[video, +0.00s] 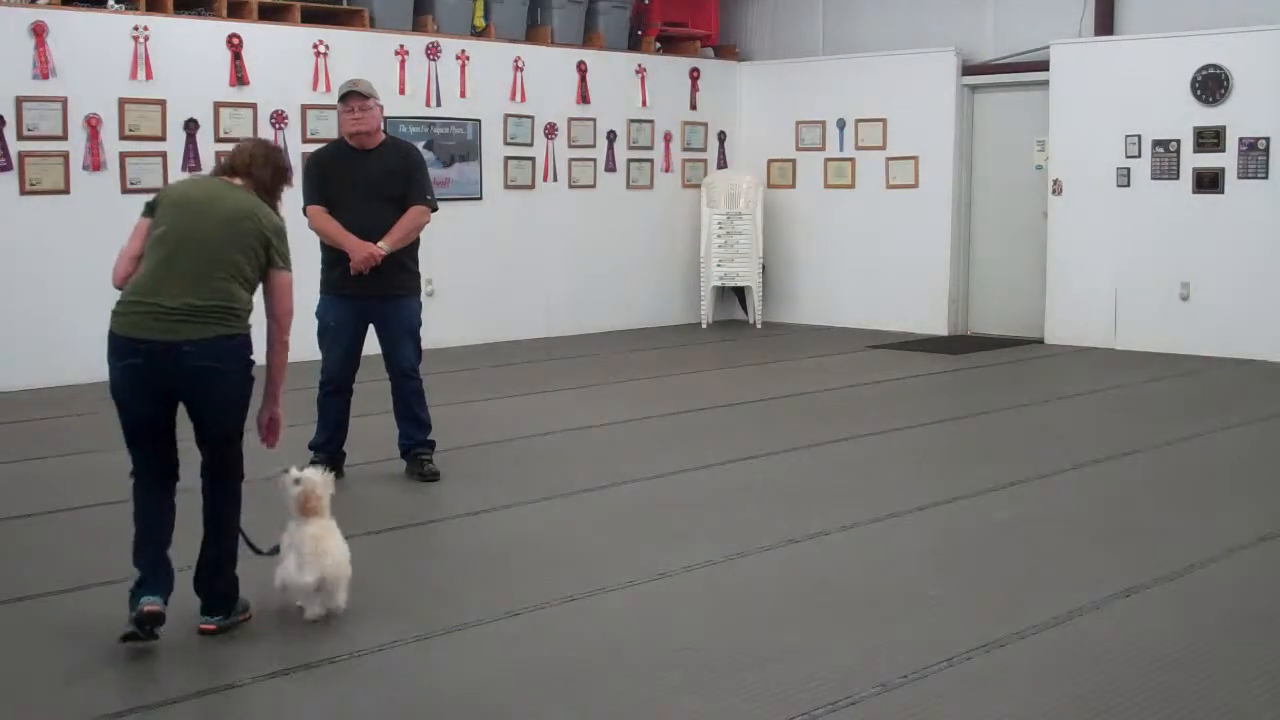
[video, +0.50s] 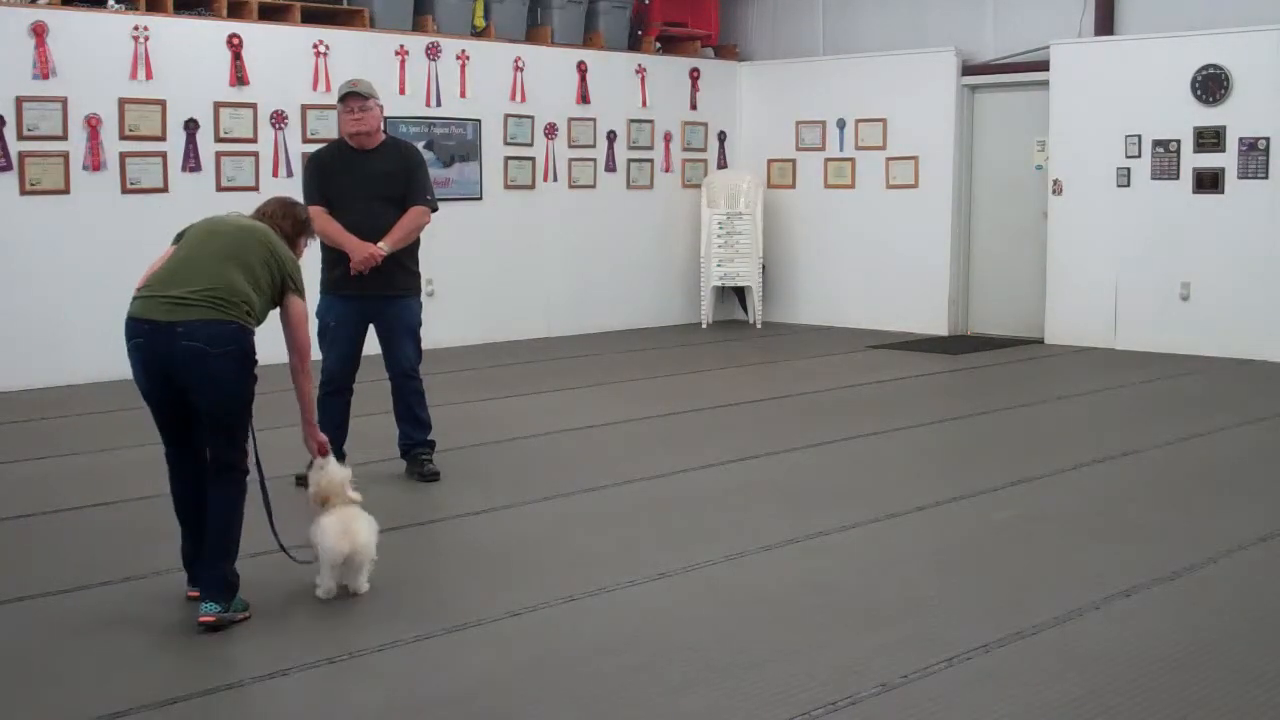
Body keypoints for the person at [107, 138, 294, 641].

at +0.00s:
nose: (278, 200)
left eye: (280, 193)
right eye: (279, 192)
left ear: (226, 167)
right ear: (272, 185)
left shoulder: (170, 193)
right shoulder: (267, 221)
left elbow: (123, 273)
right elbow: (279, 320)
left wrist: (175, 269)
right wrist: (273, 401)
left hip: (135, 348)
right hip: (215, 354)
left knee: (152, 471)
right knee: (222, 473)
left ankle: (150, 589)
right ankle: (217, 603)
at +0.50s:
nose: (301, 255)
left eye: (304, 248)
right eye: (302, 247)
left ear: (260, 219)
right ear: (291, 237)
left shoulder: (202, 227)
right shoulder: (284, 259)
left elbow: (145, 284)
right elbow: (300, 355)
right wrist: (311, 427)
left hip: (146, 335)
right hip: (215, 341)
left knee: (182, 455)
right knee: (228, 464)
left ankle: (200, 576)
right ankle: (216, 596)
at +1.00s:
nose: (317, 235)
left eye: (321, 225)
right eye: (319, 223)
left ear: (277, 198)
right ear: (304, 211)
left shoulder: (221, 210)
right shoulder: (291, 232)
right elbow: (302, 325)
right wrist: (314, 395)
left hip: (160, 316)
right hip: (225, 319)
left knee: (201, 438)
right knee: (249, 437)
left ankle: (204, 566)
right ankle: (255, 554)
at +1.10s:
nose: (318, 220)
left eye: (323, 213)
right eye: (319, 211)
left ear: (279, 186)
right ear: (306, 197)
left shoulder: (223, 201)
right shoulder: (294, 221)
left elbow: (184, 257)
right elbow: (295, 306)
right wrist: (303, 378)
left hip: (169, 319)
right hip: (232, 322)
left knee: (206, 435)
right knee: (259, 432)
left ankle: (205, 562)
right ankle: (274, 544)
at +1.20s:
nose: (322, 211)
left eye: (327, 203)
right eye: (325, 201)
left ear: (284, 176)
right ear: (311, 184)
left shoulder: (227, 195)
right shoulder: (301, 212)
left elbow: (187, 254)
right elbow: (292, 290)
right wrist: (299, 363)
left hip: (181, 321)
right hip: (242, 324)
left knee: (212, 438)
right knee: (266, 436)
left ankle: (206, 558)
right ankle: (284, 536)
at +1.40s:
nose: (337, 186)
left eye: (342, 177)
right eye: (338, 174)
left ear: (294, 158)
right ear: (317, 160)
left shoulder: (242, 184)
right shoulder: (311, 200)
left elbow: (206, 248)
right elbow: (299, 276)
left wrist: (217, 299)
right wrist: (308, 350)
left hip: (208, 319)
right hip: (263, 318)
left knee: (241, 426)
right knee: (288, 428)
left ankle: (214, 520)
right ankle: (285, 537)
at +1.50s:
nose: (340, 176)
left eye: (345, 167)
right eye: (340, 165)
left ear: (297, 151)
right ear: (318, 153)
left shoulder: (250, 176)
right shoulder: (314, 194)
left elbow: (218, 245)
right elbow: (305, 276)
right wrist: (324, 347)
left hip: (220, 312)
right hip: (273, 314)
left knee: (255, 417)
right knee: (293, 424)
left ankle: (219, 512)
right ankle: (286, 537)